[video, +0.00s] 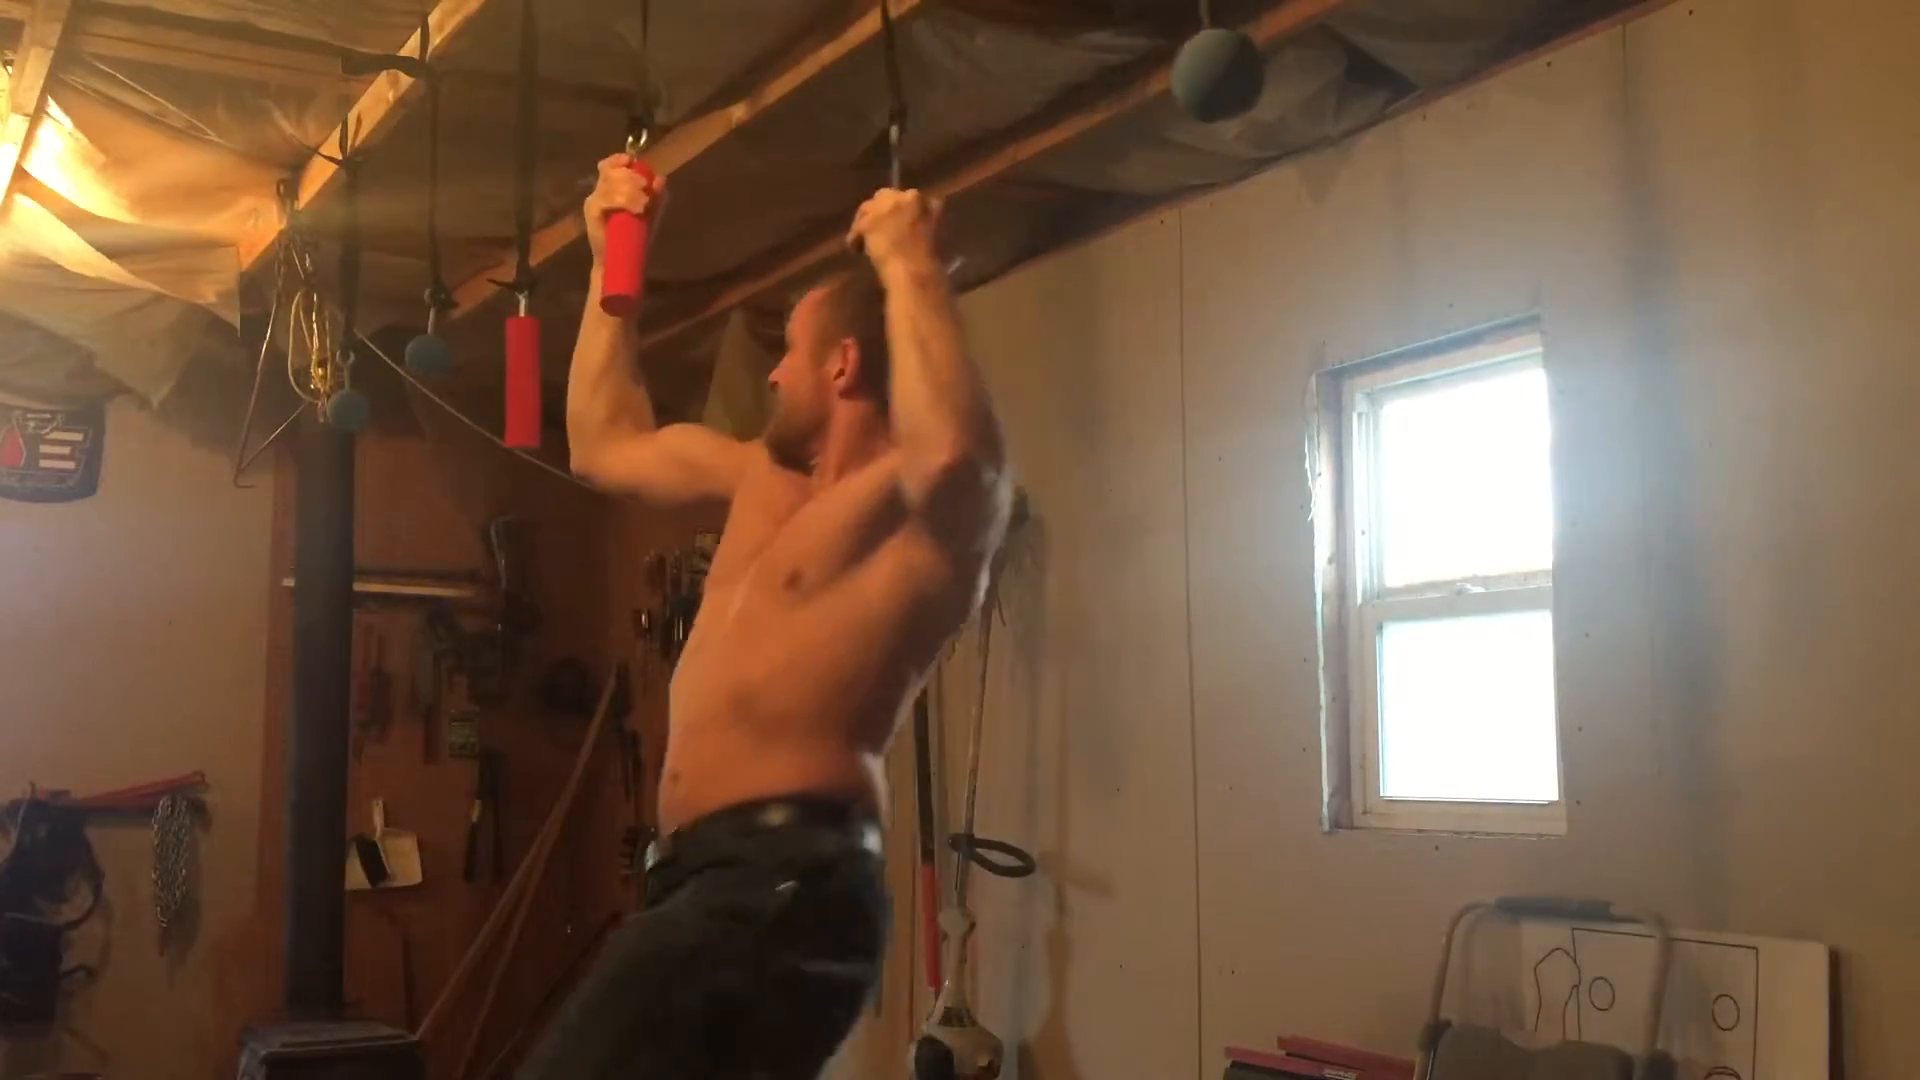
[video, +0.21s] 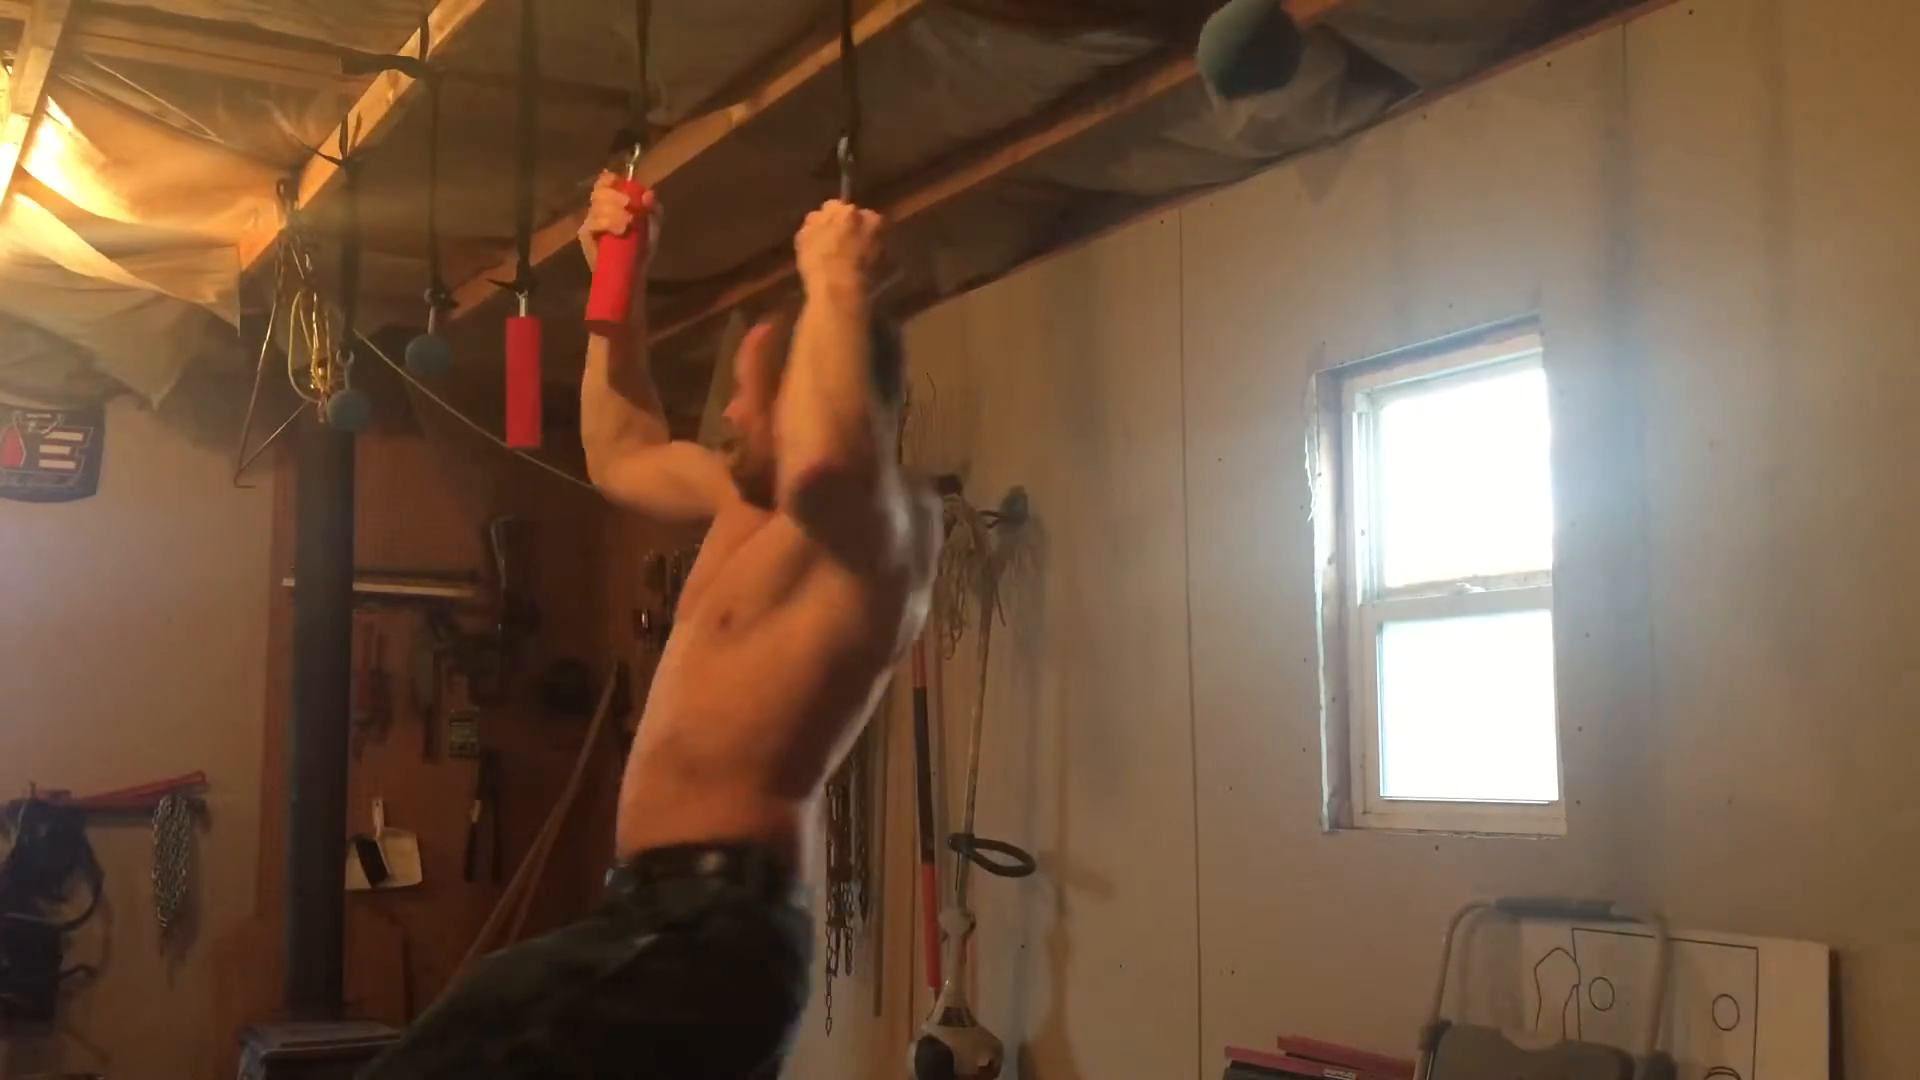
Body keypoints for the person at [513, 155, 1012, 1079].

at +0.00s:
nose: (772, 374)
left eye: (787, 352)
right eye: (778, 353)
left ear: (844, 367)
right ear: (846, 368)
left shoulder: (925, 506)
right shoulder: (755, 476)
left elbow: (951, 454)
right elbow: (605, 445)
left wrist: (913, 263)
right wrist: (615, 257)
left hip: (788, 880)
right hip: (695, 876)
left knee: (575, 1061)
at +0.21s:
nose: (731, 409)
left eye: (756, 386)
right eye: (737, 386)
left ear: (836, 405)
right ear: (736, 393)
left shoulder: (884, 532)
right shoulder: (740, 495)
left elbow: (823, 469)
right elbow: (619, 453)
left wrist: (835, 284)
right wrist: (615, 272)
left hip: (718, 924)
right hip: (647, 906)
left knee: (461, 1045)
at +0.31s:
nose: (730, 399)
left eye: (748, 379)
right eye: (735, 382)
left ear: (811, 408)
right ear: (770, 412)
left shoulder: (849, 543)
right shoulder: (755, 528)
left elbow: (736, 456)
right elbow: (646, 459)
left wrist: (784, 289)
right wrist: (631, 284)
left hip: (671, 949)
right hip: (629, 931)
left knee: (419, 1044)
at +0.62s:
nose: (606, 452)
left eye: (613, 431)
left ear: (621, 445)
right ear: (740, 438)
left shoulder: (616, 541)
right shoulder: (801, 540)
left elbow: (445, 393)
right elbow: (721, 450)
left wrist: (616, 269)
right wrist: (657, 290)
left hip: (539, 913)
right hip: (685, 938)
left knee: (425, 1025)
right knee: (642, 1064)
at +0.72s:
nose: (582, 439)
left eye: (580, 423)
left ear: (591, 434)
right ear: (705, 424)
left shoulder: (546, 539)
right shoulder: (778, 523)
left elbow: (420, 396)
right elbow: (697, 428)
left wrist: (521, 257)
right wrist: (672, 289)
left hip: (534, 878)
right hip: (684, 910)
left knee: (430, 938)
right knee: (655, 1049)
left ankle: (364, 1059)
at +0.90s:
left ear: (512, 431)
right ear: (644, 414)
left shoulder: (463, 549)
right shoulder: (715, 508)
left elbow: (453, 459)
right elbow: (693, 404)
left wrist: (460, 351)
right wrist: (657, 301)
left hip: (534, 859)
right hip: (689, 879)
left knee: (453, 940)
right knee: (705, 1047)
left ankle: (407, 1040)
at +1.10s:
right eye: (518, 432)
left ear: (418, 476)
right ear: (521, 451)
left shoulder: (396, 569)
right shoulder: (601, 533)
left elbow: (437, 486)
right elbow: (718, 446)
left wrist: (502, 387)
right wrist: (645, 293)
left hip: (536, 902)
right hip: (675, 898)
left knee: (560, 1065)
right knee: (781, 1063)